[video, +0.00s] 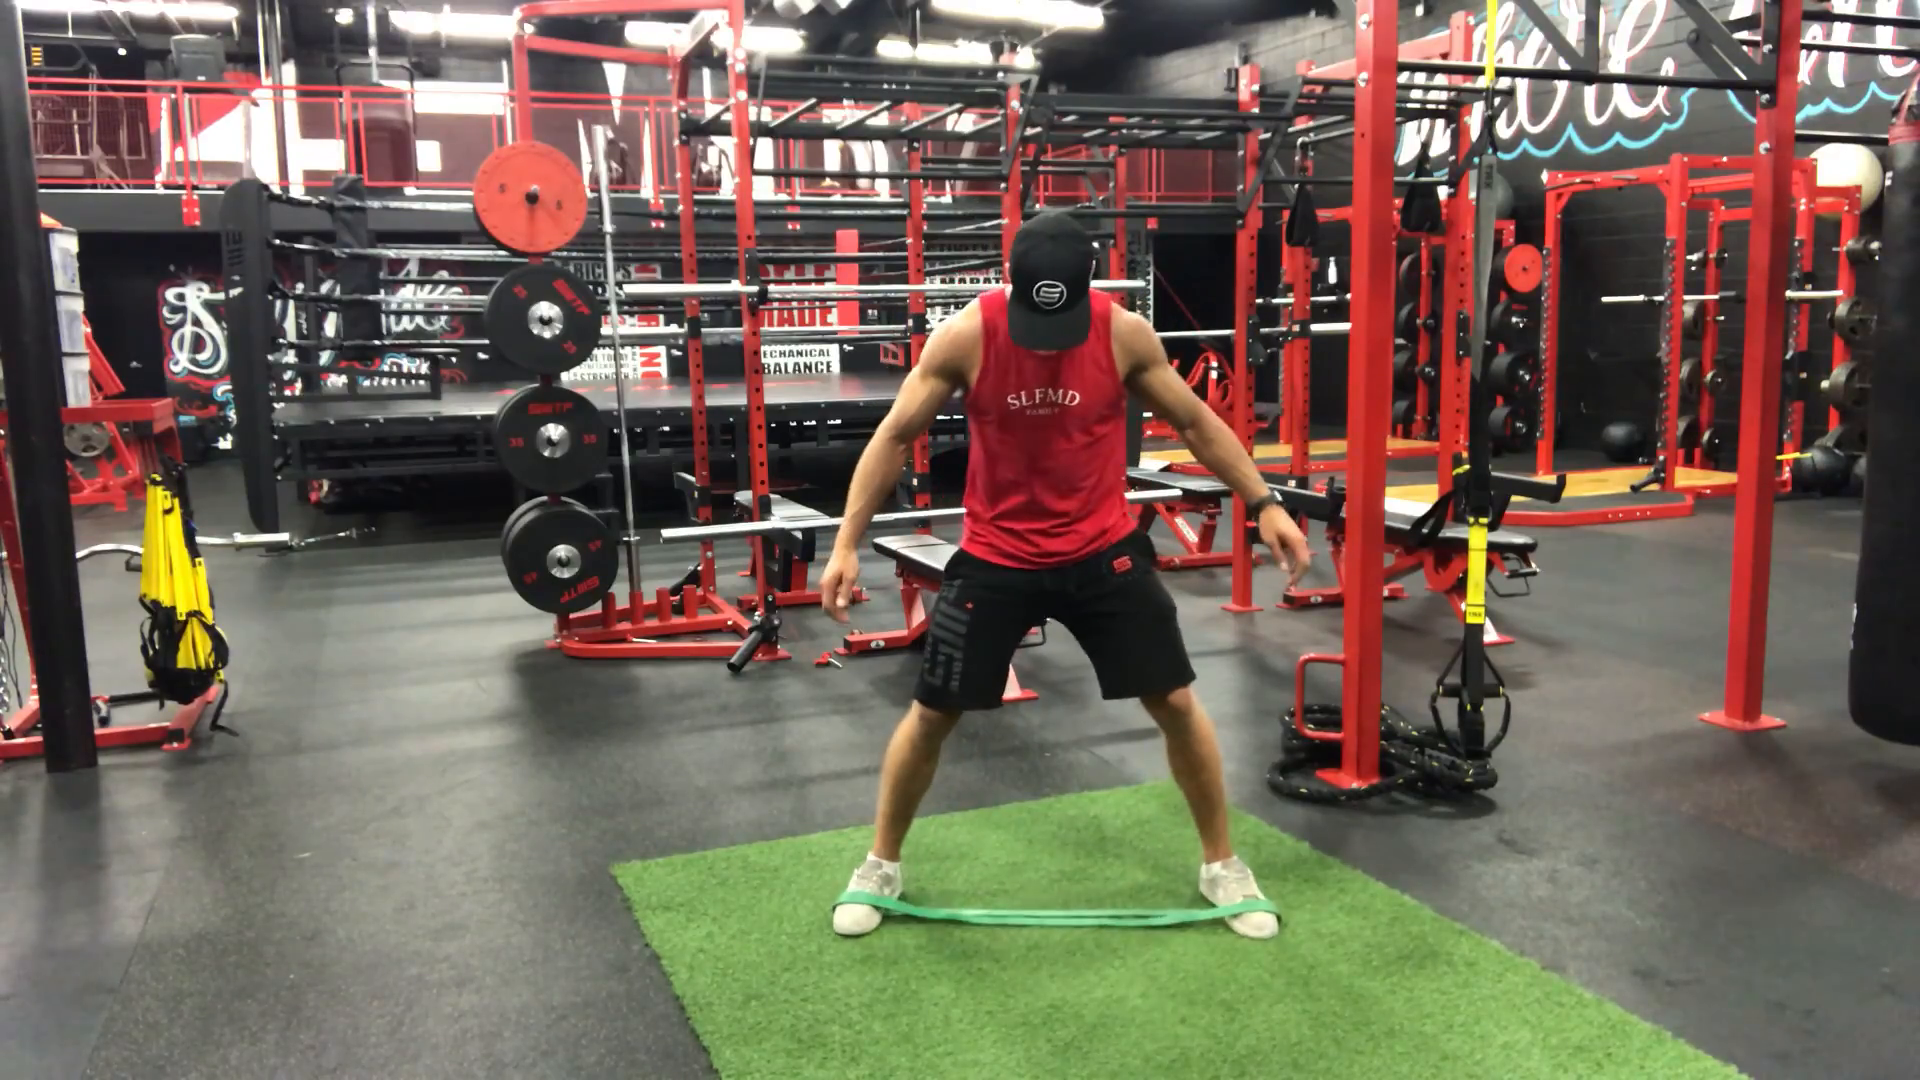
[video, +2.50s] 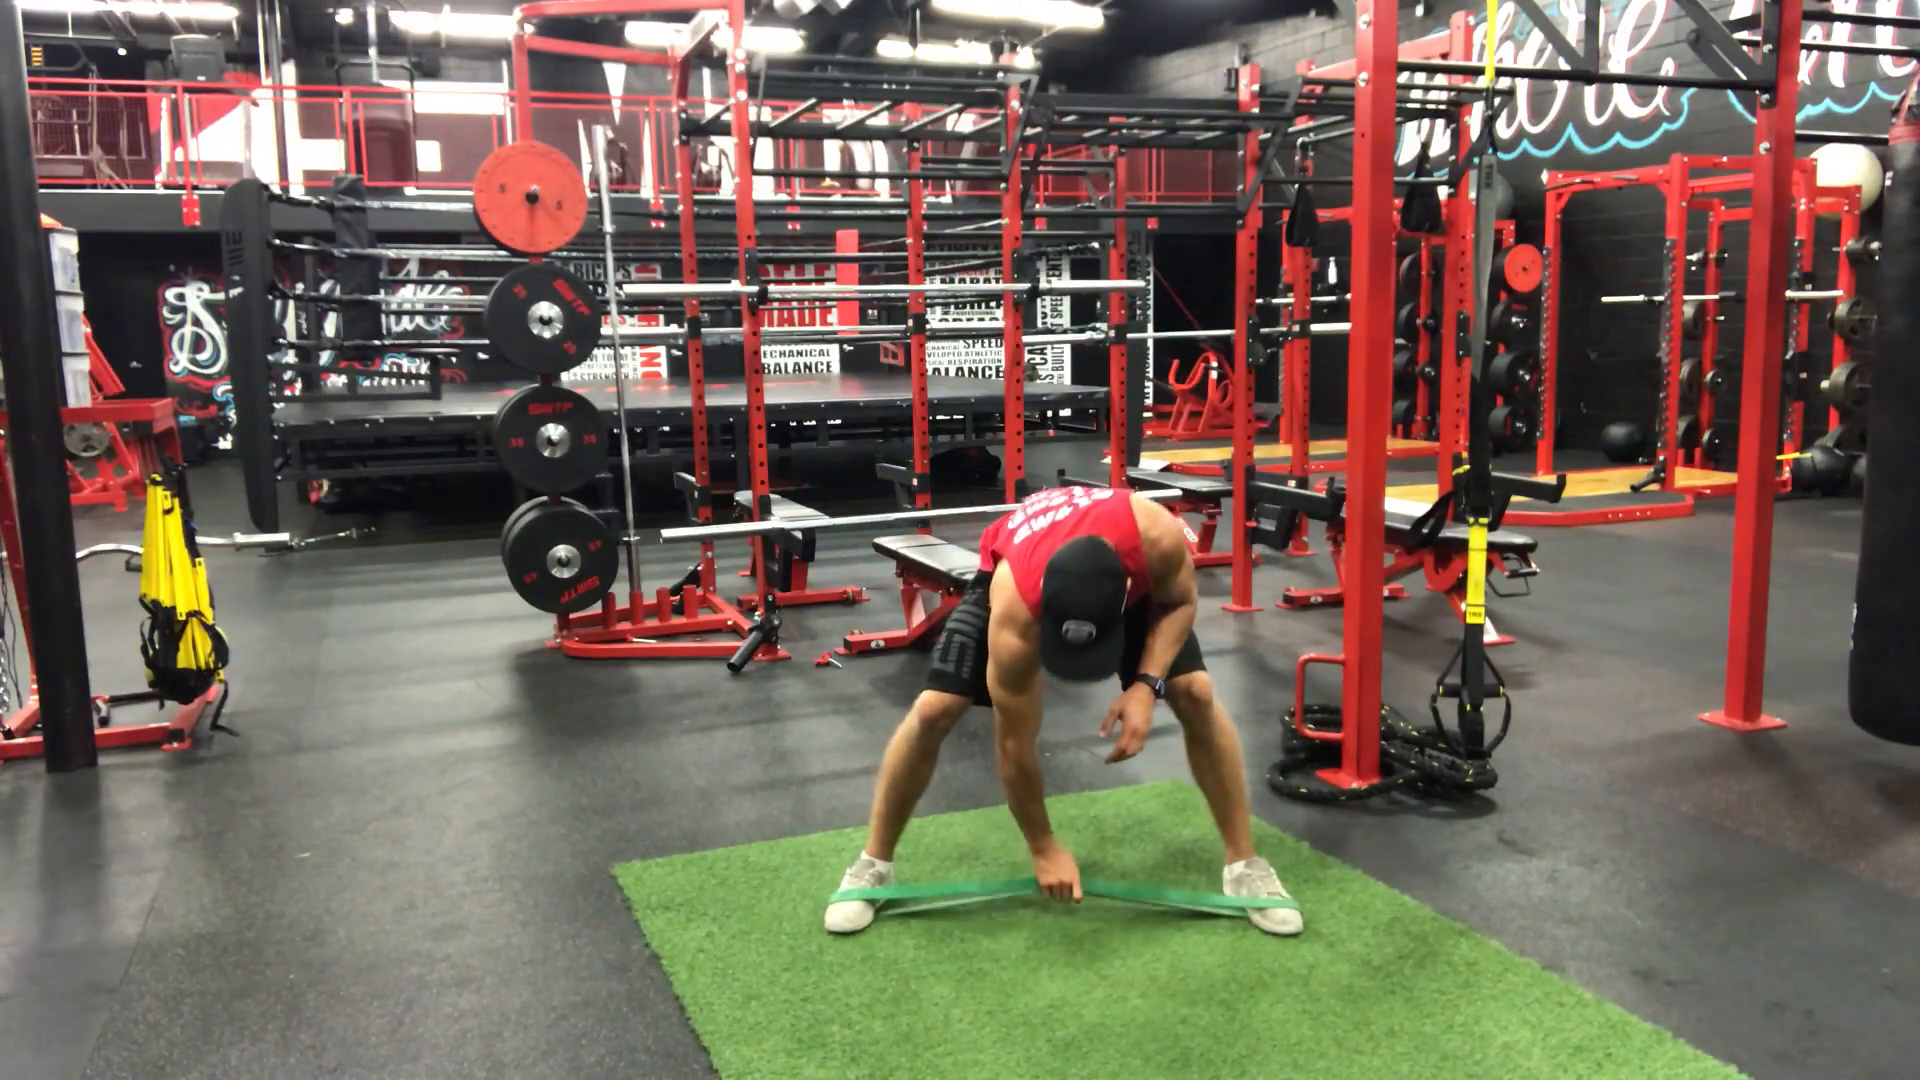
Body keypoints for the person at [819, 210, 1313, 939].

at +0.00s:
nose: (1047, 334)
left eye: (1062, 319)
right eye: (1034, 319)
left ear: (1088, 288)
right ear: (1012, 284)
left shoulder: (1125, 336)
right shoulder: (964, 338)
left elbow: (1197, 422)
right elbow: (892, 437)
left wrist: (1265, 503)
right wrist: (845, 544)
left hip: (1105, 550)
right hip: (995, 554)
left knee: (1176, 702)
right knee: (933, 709)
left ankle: (1222, 863)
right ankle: (881, 863)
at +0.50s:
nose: (1063, 313)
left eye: (1079, 297)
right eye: (1050, 296)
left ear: (1105, 272)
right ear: (1026, 267)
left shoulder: (1139, 332)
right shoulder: (982, 327)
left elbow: (1224, 409)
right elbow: (910, 423)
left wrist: (1276, 470)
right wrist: (877, 516)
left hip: (1111, 551)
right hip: (1001, 555)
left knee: (1185, 702)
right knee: (932, 711)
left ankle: (1238, 865)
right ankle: (874, 863)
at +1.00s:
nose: (1053, 284)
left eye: (1069, 269)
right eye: (1039, 268)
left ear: (1092, 253)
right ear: (1016, 250)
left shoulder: (1128, 323)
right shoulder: (970, 323)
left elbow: (1213, 408)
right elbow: (903, 424)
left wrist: (1250, 479)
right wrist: (862, 518)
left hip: (1109, 554)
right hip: (996, 559)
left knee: (1178, 703)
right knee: (931, 710)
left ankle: (1242, 863)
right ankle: (874, 862)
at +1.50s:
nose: (1065, 532)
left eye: (1080, 523)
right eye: (1050, 524)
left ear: (1107, 478)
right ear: (1026, 481)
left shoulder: (1143, 458)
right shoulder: (985, 489)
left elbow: (1177, 553)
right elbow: (967, 627)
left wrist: (1168, 657)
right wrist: (984, 748)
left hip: (1112, 566)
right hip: (1005, 572)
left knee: (1192, 694)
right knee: (922, 701)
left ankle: (1243, 863)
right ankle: (872, 860)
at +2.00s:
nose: (1066, 699)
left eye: (1087, 690)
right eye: (1059, 689)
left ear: (1118, 625)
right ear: (1046, 640)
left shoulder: (1155, 557)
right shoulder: (1007, 641)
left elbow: (1181, 602)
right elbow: (1012, 767)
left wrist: (1150, 678)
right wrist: (1041, 869)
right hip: (1005, 554)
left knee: (1200, 692)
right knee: (930, 710)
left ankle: (1245, 865)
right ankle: (872, 863)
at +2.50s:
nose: (1074, 665)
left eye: (1097, 651)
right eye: (1064, 653)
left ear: (1126, 591)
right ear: (1045, 606)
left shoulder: (1162, 541)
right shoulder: (1011, 608)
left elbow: (1180, 604)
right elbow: (1016, 746)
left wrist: (1146, 685)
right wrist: (1044, 849)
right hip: (1011, 557)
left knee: (1197, 695)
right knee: (933, 709)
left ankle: (1244, 863)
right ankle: (873, 862)